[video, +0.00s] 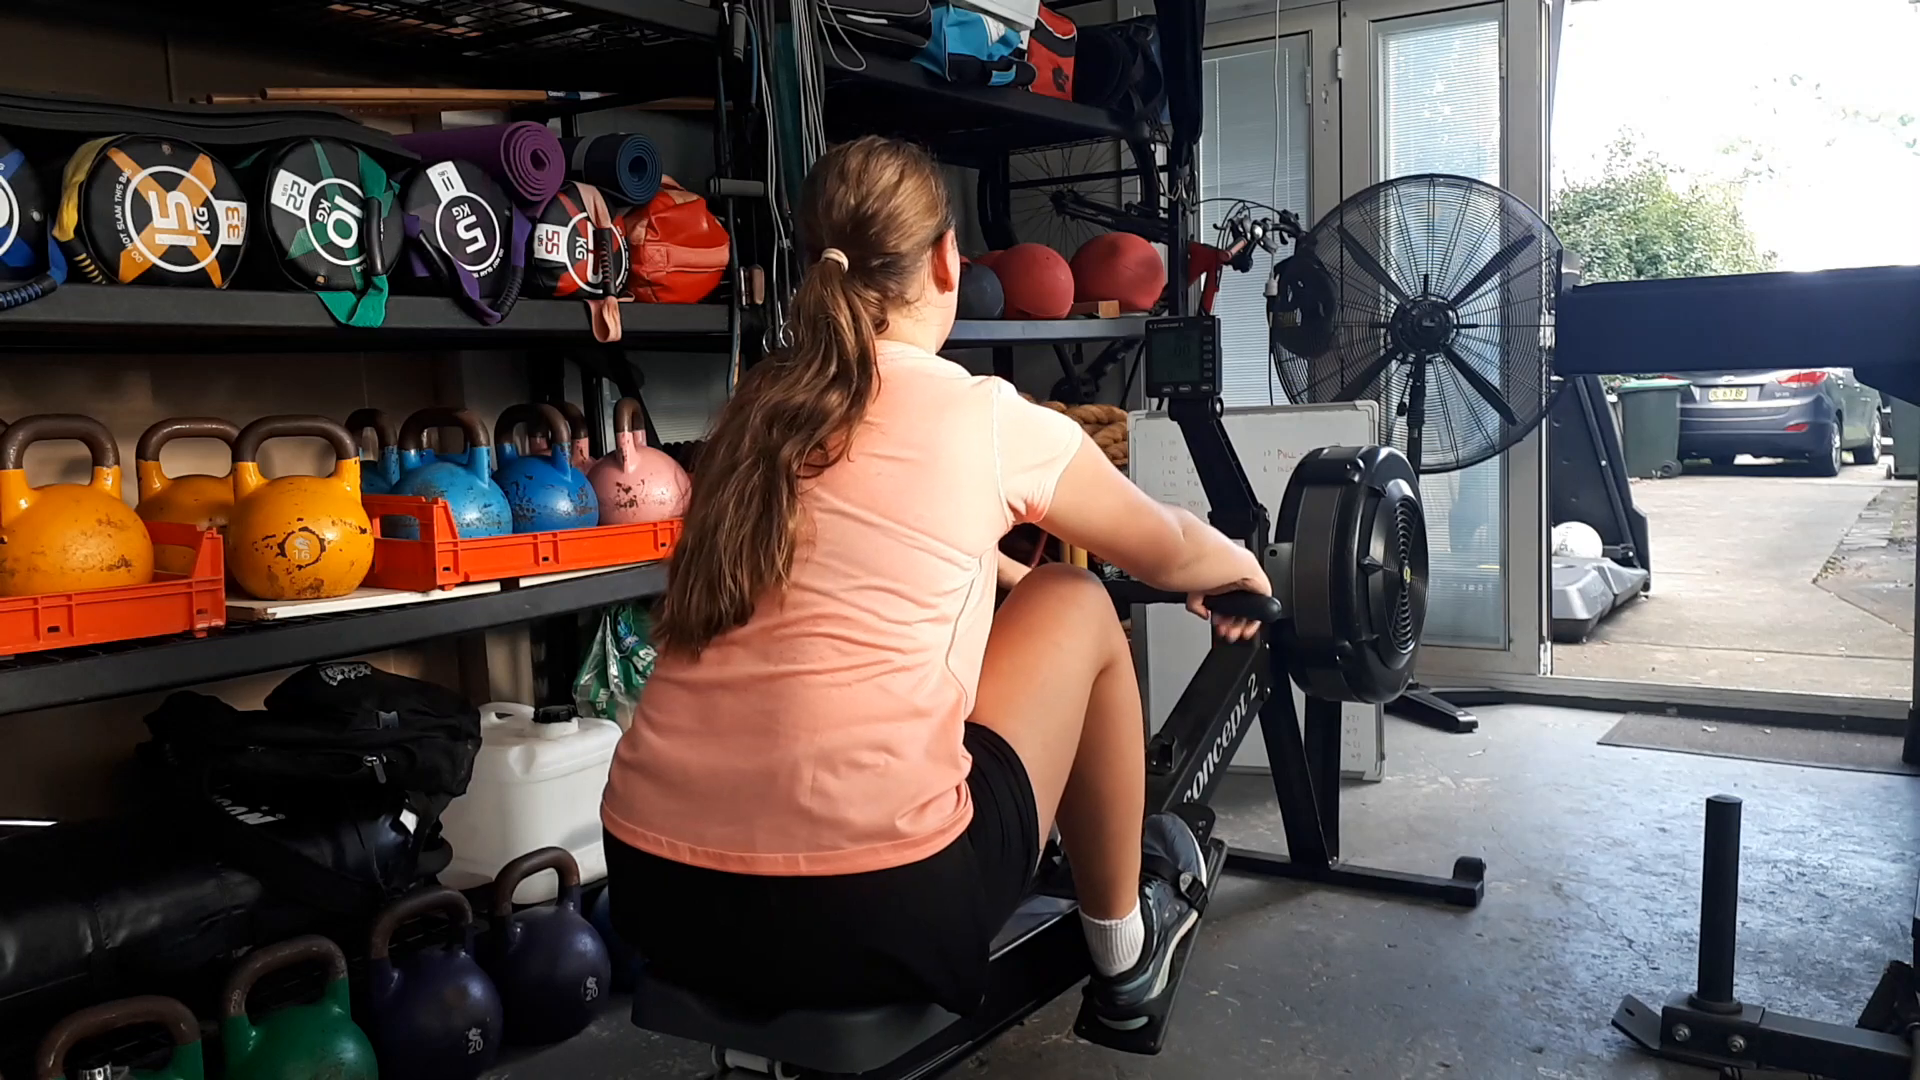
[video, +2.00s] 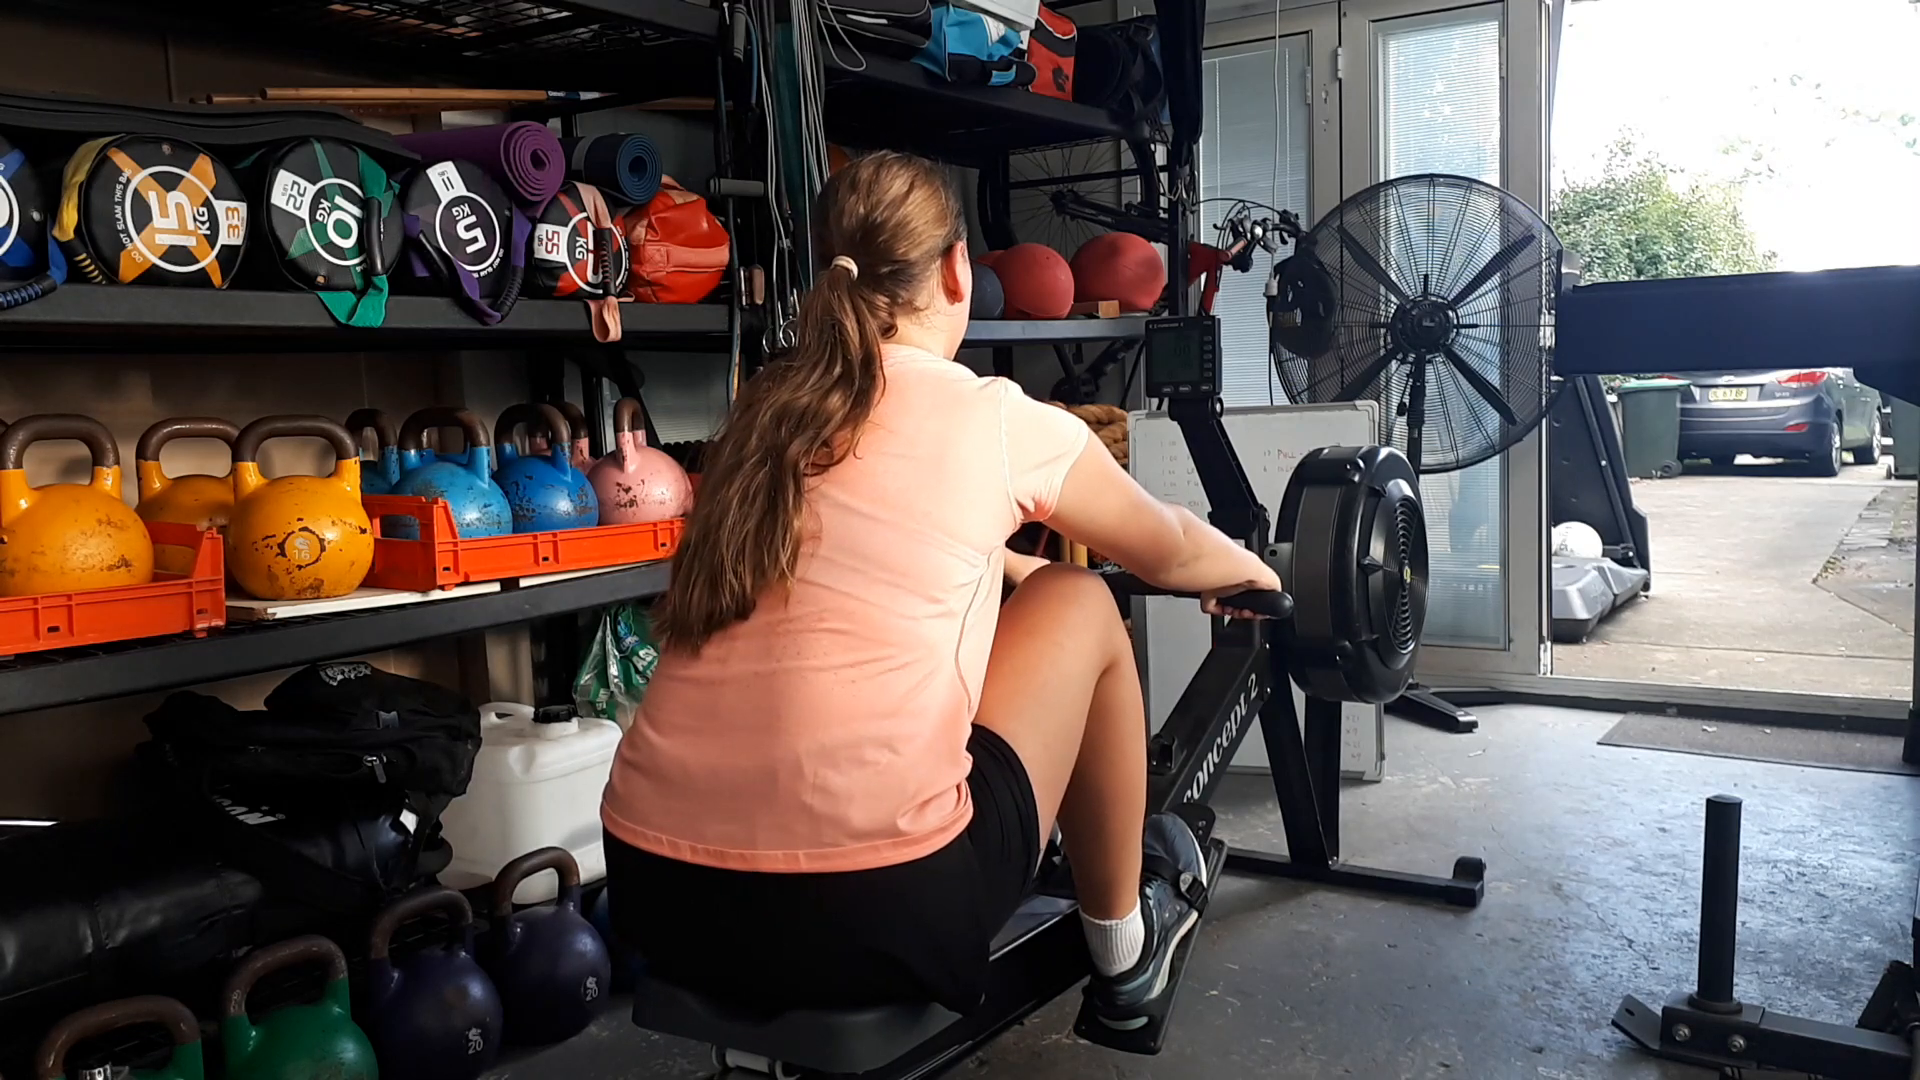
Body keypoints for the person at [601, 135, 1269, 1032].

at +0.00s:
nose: (962, 268)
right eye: (957, 247)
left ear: (812, 270)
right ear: (945, 265)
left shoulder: (755, 405)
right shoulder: (986, 419)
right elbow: (1164, 544)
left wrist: (1025, 581)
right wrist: (1229, 566)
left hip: (665, 905)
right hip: (875, 920)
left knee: (955, 596)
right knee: (1078, 604)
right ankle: (1123, 960)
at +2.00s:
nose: (973, 282)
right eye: (970, 260)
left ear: (828, 281)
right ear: (955, 274)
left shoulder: (763, 408)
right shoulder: (993, 418)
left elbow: (876, 539)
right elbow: (1166, 543)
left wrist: (1047, 579)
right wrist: (1246, 573)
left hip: (665, 909)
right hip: (874, 923)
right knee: (1078, 596)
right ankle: (1122, 961)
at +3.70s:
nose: (857, 248)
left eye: (853, 222)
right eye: (854, 220)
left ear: (699, 235)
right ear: (829, 234)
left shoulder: (629, 403)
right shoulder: (885, 416)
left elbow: (731, 544)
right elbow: (1055, 557)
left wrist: (909, 572)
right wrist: (1143, 560)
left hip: (540, 950)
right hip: (758, 962)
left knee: (842, 642)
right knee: (1041, 640)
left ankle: (955, 897)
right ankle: (1126, 948)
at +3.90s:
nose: (727, 244)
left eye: (726, 214)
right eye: (726, 211)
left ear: (541, 210)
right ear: (688, 214)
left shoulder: (467, 397)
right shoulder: (746, 415)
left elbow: (590, 543)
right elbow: (947, 571)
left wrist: (786, 555)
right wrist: (1049, 556)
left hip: (424, 997)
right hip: (657, 1007)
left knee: (800, 689)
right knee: (1002, 710)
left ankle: (930, 888)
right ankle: (1122, 947)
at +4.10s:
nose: (562, 269)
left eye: (564, 234)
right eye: (560, 232)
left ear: (357, 218)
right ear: (507, 232)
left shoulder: (246, 416)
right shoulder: (525, 434)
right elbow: (811, 644)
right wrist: (922, 591)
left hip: (323, 1035)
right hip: (568, 1035)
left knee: (787, 787)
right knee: (943, 817)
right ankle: (1116, 926)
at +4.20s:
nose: (494, 306)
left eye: (501, 271)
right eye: (497, 266)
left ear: (271, 243)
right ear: (432, 250)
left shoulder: (147, 439)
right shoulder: (424, 457)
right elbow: (750, 737)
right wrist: (850, 628)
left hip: (305, 1035)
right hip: (537, 1034)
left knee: (769, 831)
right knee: (929, 864)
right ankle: (1119, 933)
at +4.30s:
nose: (451, 317)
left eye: (457, 278)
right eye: (454, 277)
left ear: (224, 253)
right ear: (388, 264)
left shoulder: (88, 458)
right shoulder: (371, 495)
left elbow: (96, 788)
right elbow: (666, 839)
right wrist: (744, 680)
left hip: (291, 1035)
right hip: (527, 1041)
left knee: (761, 853)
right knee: (921, 889)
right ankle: (1118, 937)